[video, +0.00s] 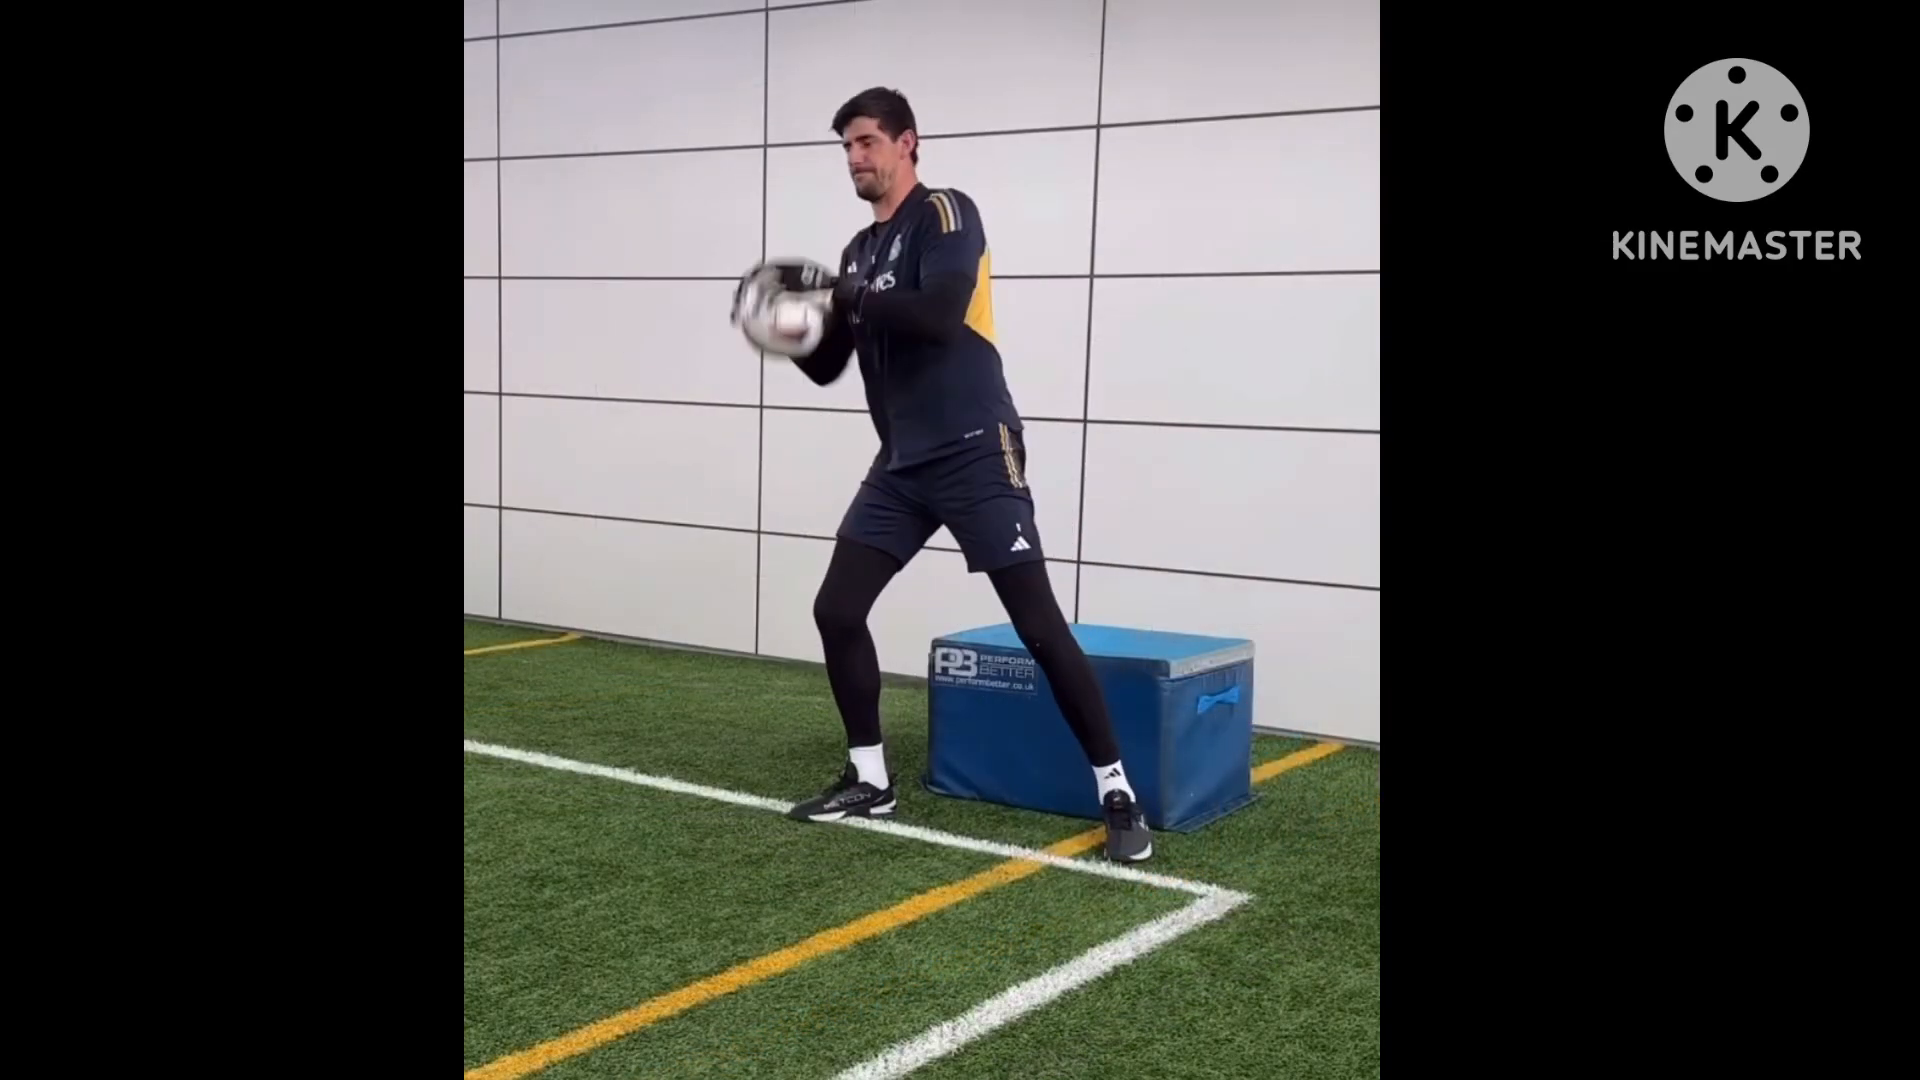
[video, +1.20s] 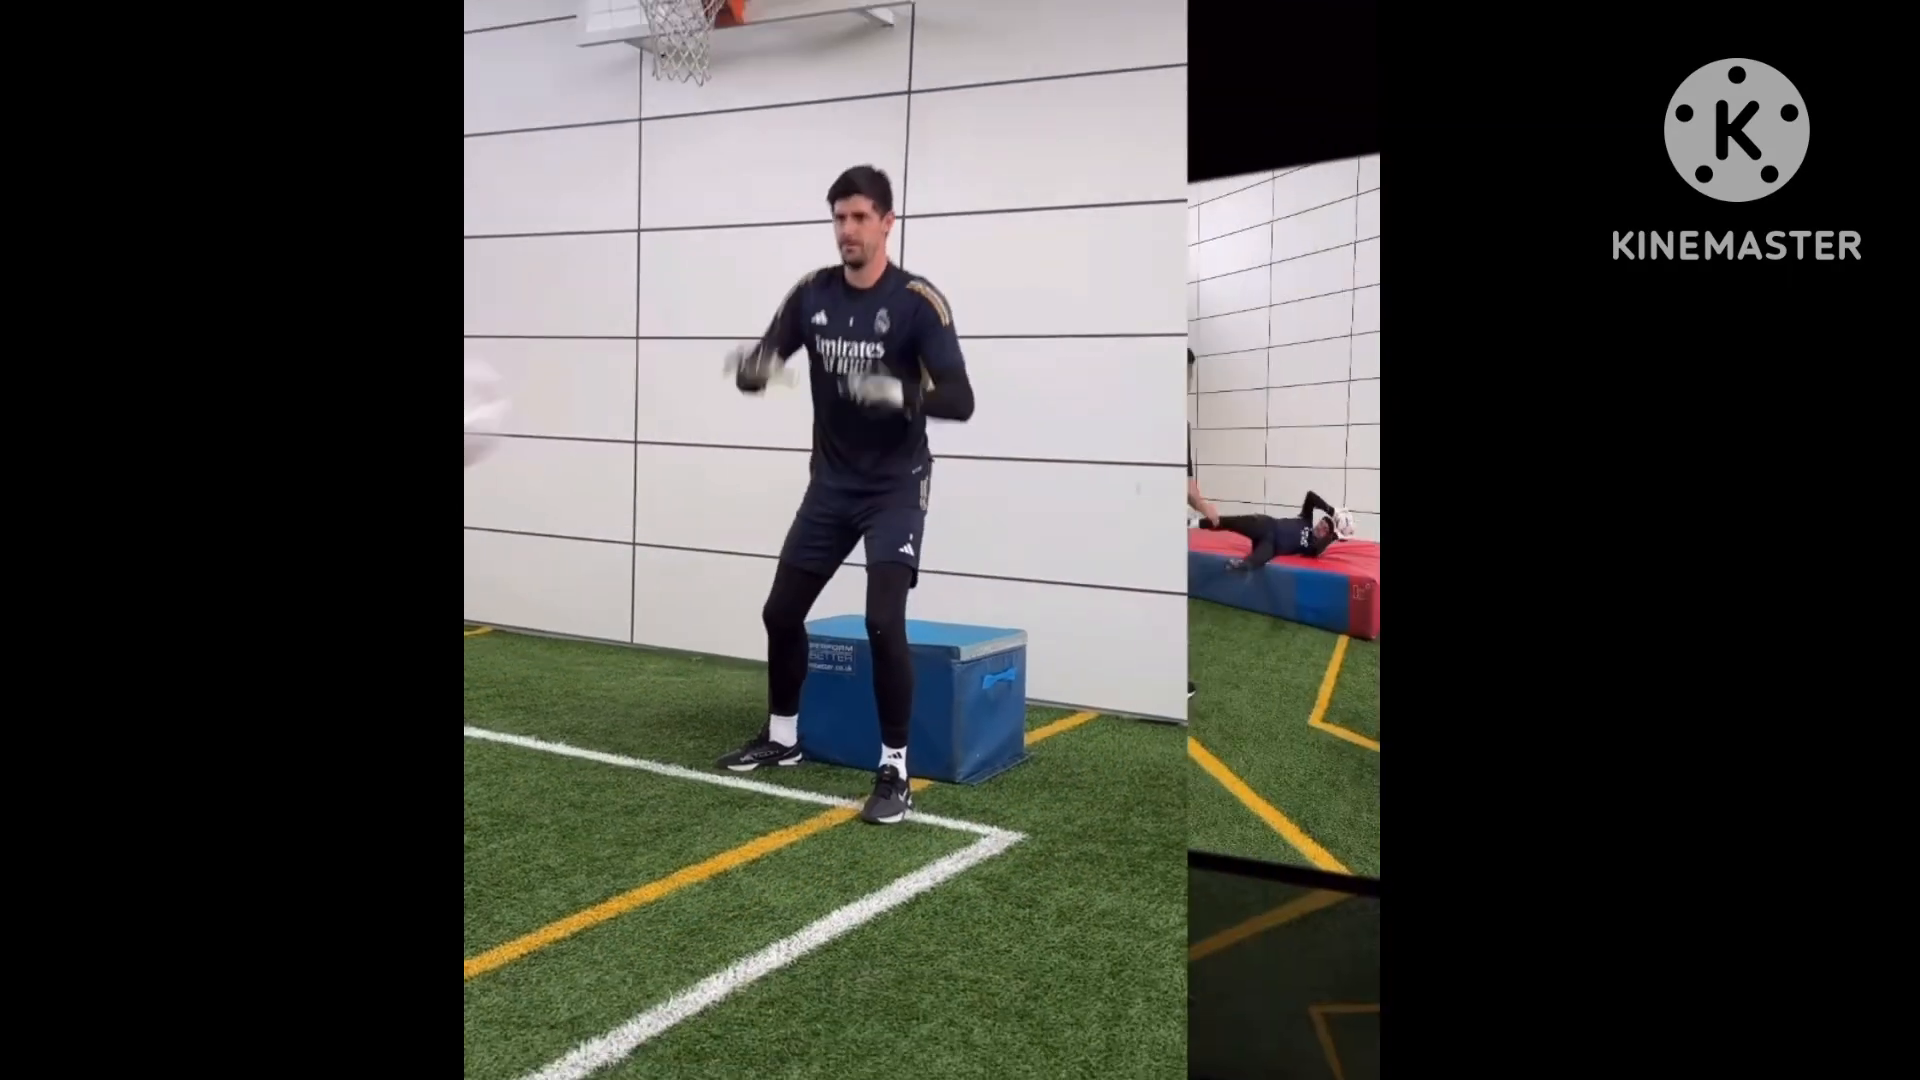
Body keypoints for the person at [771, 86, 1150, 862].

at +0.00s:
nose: (855, 158)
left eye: (867, 142)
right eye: (848, 147)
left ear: (907, 145)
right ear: (848, 158)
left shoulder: (948, 211)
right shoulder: (859, 251)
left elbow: (937, 315)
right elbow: (824, 365)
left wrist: (844, 296)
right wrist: (786, 326)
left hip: (977, 450)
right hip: (901, 462)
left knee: (1039, 625)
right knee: (837, 610)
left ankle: (1118, 793)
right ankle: (870, 782)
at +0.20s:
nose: (980, 374)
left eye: (994, 362)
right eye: (972, 363)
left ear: (1028, 366)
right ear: (965, 369)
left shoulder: (1075, 452)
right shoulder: (953, 451)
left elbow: (1109, 571)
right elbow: (907, 545)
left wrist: (1031, 565)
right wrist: (915, 549)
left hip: (1064, 615)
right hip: (979, 613)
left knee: (1025, 641)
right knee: (841, 629)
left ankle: (1011, 839)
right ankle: (866, 794)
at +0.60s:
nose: (959, 393)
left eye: (974, 380)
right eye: (952, 380)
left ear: (1008, 388)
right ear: (944, 387)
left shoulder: (1043, 452)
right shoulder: (930, 456)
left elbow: (1085, 528)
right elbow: (827, 497)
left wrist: (995, 524)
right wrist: (863, 483)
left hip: (1063, 620)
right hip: (977, 617)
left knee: (1019, 643)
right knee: (840, 628)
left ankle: (1011, 837)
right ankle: (866, 796)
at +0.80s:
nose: (922, 349)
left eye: (938, 337)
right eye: (916, 337)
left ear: (975, 345)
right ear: (910, 343)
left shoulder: (1010, 405)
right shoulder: (894, 408)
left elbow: (1097, 456)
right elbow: (809, 408)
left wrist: (1017, 461)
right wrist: (770, 407)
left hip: (1049, 579)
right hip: (966, 582)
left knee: (1009, 651)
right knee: (822, 642)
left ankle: (1011, 835)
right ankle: (864, 797)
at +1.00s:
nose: (916, 242)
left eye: (932, 228)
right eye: (909, 229)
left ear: (970, 236)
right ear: (903, 241)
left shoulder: (1024, 331)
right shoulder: (888, 336)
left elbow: (1107, 437)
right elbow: (829, 414)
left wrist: (1076, 504)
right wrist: (781, 476)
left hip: (1026, 522)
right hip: (946, 524)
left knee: (998, 657)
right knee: (830, 645)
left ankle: (1009, 838)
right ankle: (865, 798)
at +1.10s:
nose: (880, 221)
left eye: (894, 208)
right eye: (872, 209)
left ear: (926, 215)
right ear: (865, 219)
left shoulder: (972, 306)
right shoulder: (850, 307)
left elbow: (1029, 411)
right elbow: (812, 385)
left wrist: (991, 460)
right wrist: (786, 438)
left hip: (962, 498)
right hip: (888, 496)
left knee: (940, 640)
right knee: (809, 627)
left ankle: (952, 805)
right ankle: (824, 770)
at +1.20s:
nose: (847, 230)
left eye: (859, 218)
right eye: (839, 219)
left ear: (887, 223)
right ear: (832, 224)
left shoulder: (920, 302)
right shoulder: (812, 295)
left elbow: (961, 401)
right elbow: (764, 362)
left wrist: (906, 392)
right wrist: (753, 367)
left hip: (897, 489)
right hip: (830, 485)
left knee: (883, 624)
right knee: (781, 612)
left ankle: (893, 770)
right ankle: (781, 741)